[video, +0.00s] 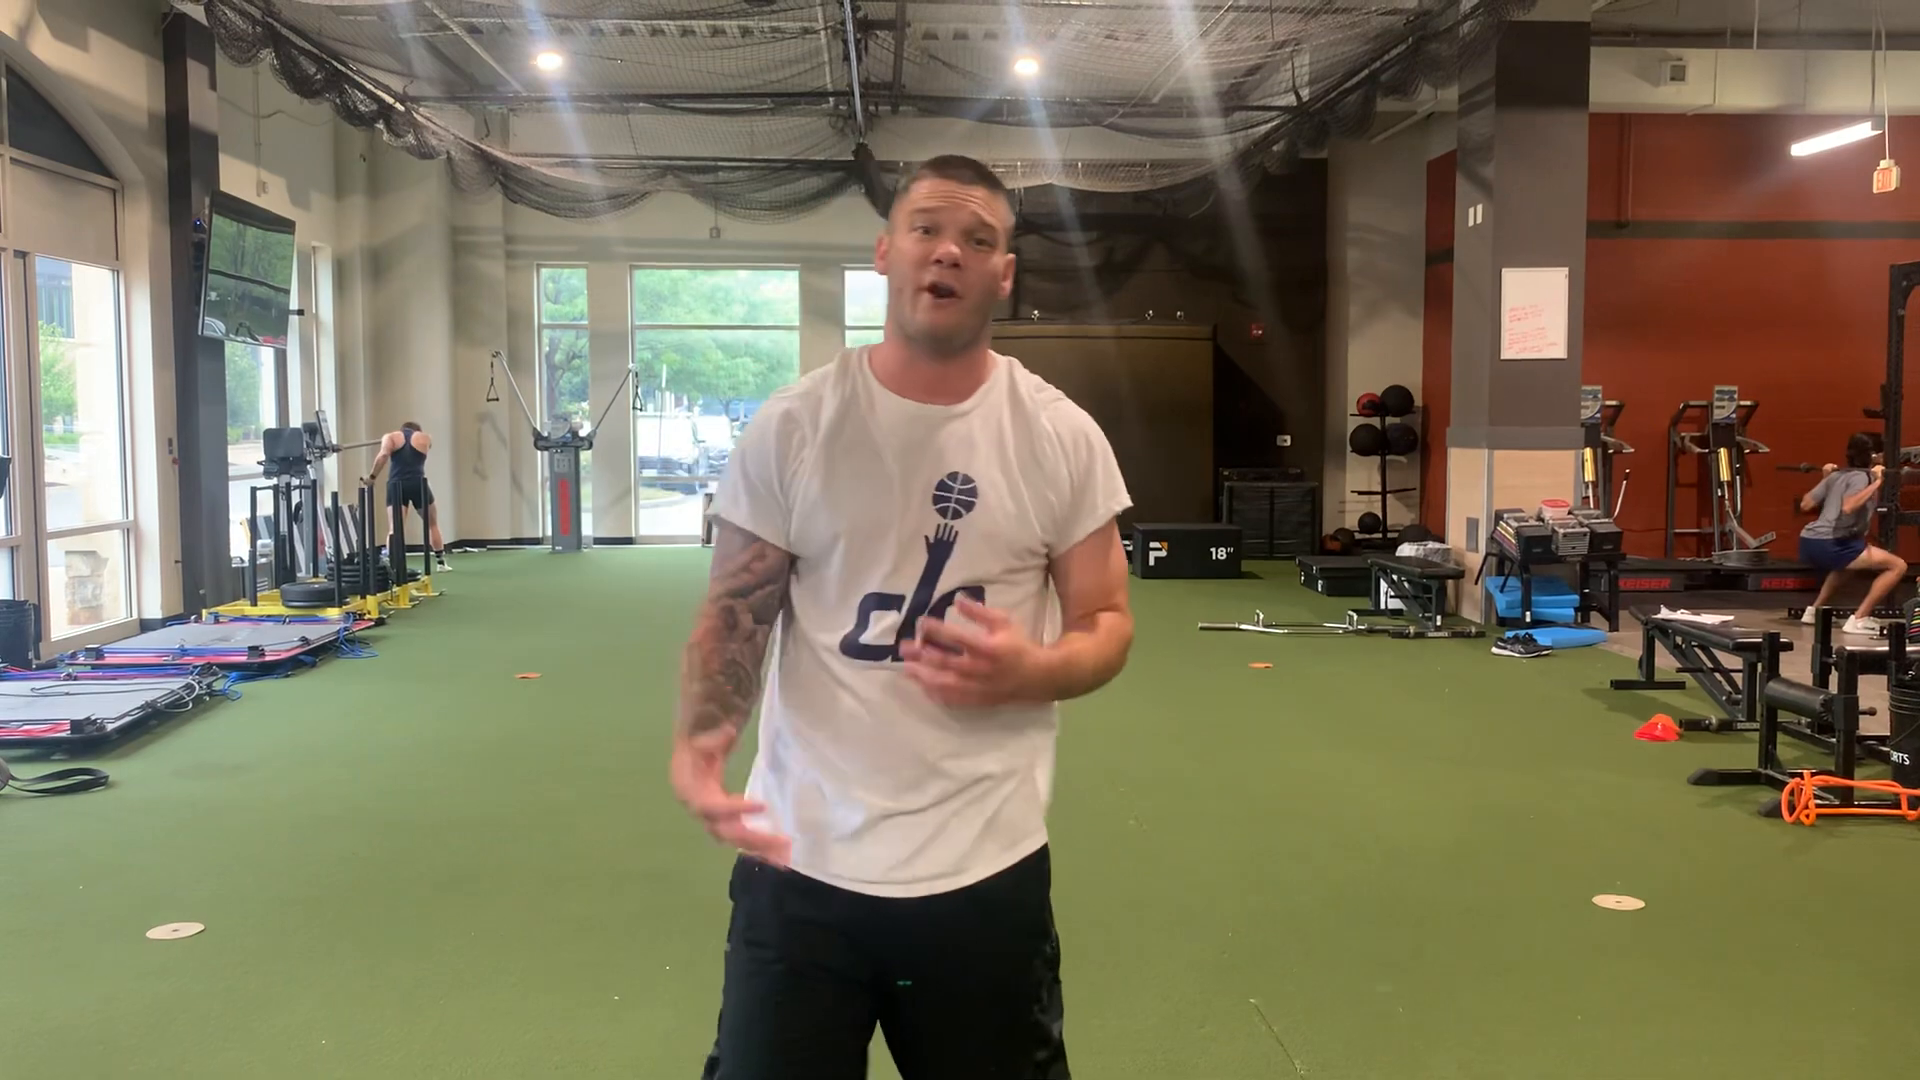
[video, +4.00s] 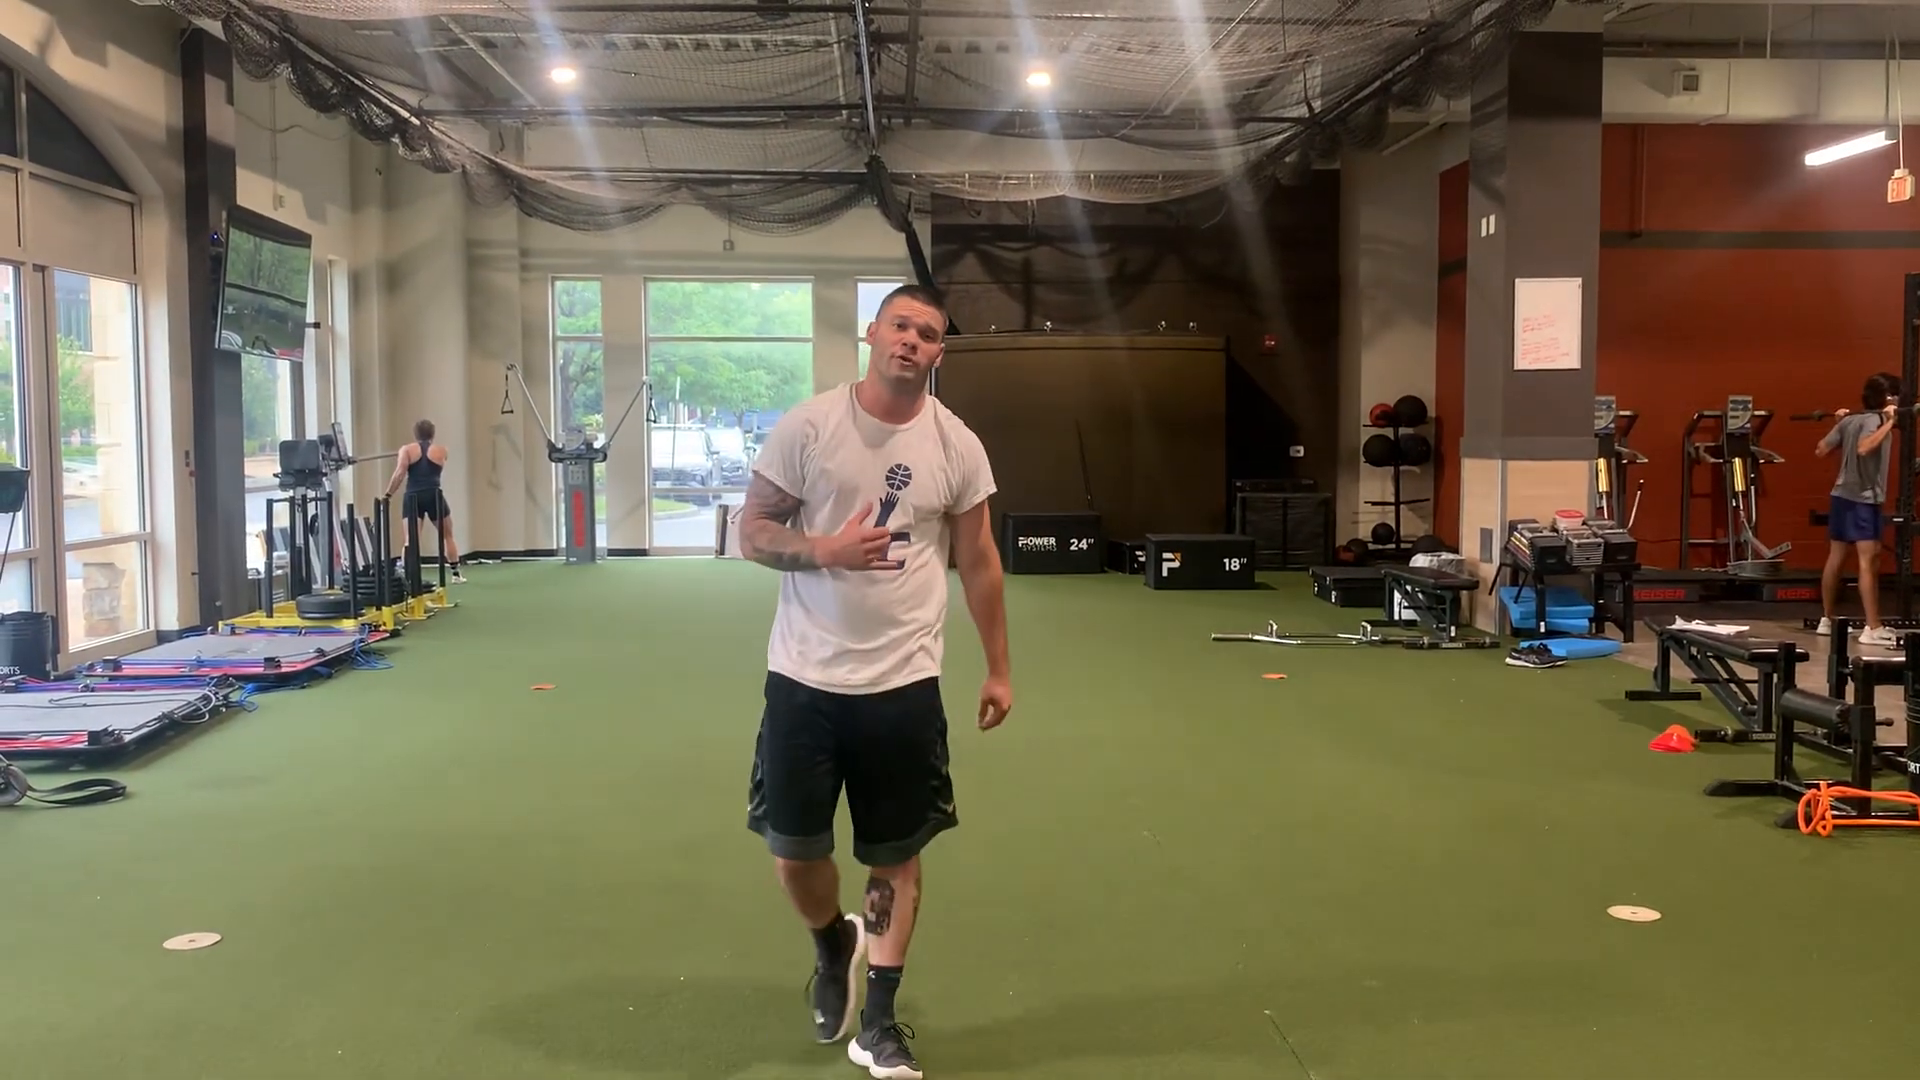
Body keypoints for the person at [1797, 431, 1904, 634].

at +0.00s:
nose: (1881, 458)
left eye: (1881, 453)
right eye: (1880, 453)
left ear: (1850, 455)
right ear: (1872, 457)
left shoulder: (1836, 476)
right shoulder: (1862, 477)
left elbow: (1806, 504)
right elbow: (1848, 507)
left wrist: (1825, 478)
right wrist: (1877, 482)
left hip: (1808, 541)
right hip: (1831, 545)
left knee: (1847, 564)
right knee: (1898, 566)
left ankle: (1814, 609)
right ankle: (1860, 619)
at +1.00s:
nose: (1886, 453)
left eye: (1886, 449)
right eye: (1884, 449)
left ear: (1855, 451)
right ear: (1875, 452)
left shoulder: (1841, 472)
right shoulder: (1865, 474)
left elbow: (1810, 499)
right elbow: (1849, 503)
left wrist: (1830, 474)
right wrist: (1879, 479)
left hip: (1812, 539)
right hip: (1835, 542)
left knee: (1847, 568)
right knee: (1900, 566)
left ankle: (1818, 611)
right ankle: (1863, 620)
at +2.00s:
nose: (1887, 403)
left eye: (1887, 399)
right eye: (1884, 399)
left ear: (1857, 401)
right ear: (1875, 402)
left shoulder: (1844, 425)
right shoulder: (1867, 425)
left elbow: (1816, 453)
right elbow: (1854, 453)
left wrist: (1833, 426)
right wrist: (1882, 429)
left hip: (1822, 495)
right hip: (1845, 501)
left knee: (1835, 554)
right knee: (1874, 559)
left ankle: (1818, 614)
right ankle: (1864, 622)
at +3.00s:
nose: (1891, 439)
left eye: (1891, 435)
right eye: (1888, 435)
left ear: (1861, 436)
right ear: (1879, 438)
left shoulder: (1845, 457)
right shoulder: (1870, 458)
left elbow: (1815, 485)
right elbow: (1854, 486)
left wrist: (1833, 459)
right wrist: (1884, 464)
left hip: (1821, 526)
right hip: (1842, 530)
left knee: (1850, 569)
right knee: (1898, 570)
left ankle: (1821, 620)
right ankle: (1867, 628)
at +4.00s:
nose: (1897, 401)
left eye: (1897, 397)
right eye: (1895, 397)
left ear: (1866, 397)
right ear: (1886, 398)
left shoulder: (1849, 421)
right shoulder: (1874, 421)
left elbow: (1821, 450)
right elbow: (1863, 448)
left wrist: (1838, 422)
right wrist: (1889, 422)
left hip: (1841, 497)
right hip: (1864, 501)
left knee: (1835, 558)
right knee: (1867, 563)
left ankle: (1826, 619)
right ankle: (1873, 627)